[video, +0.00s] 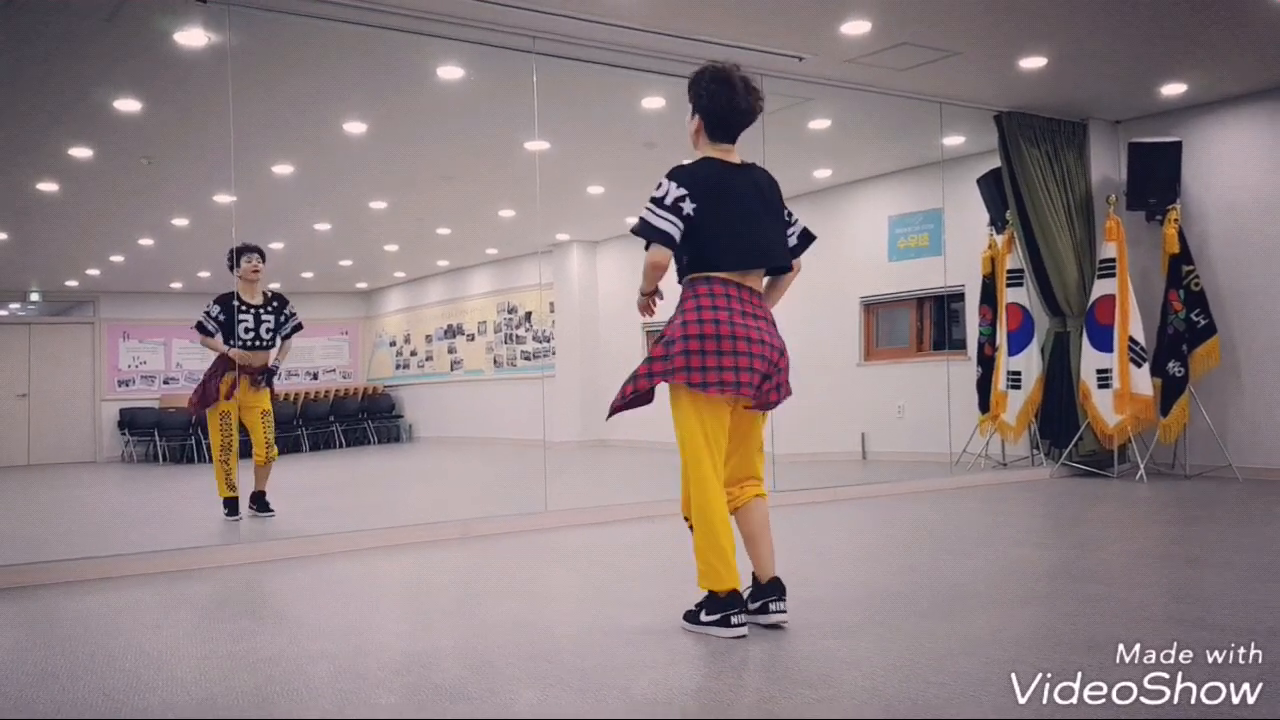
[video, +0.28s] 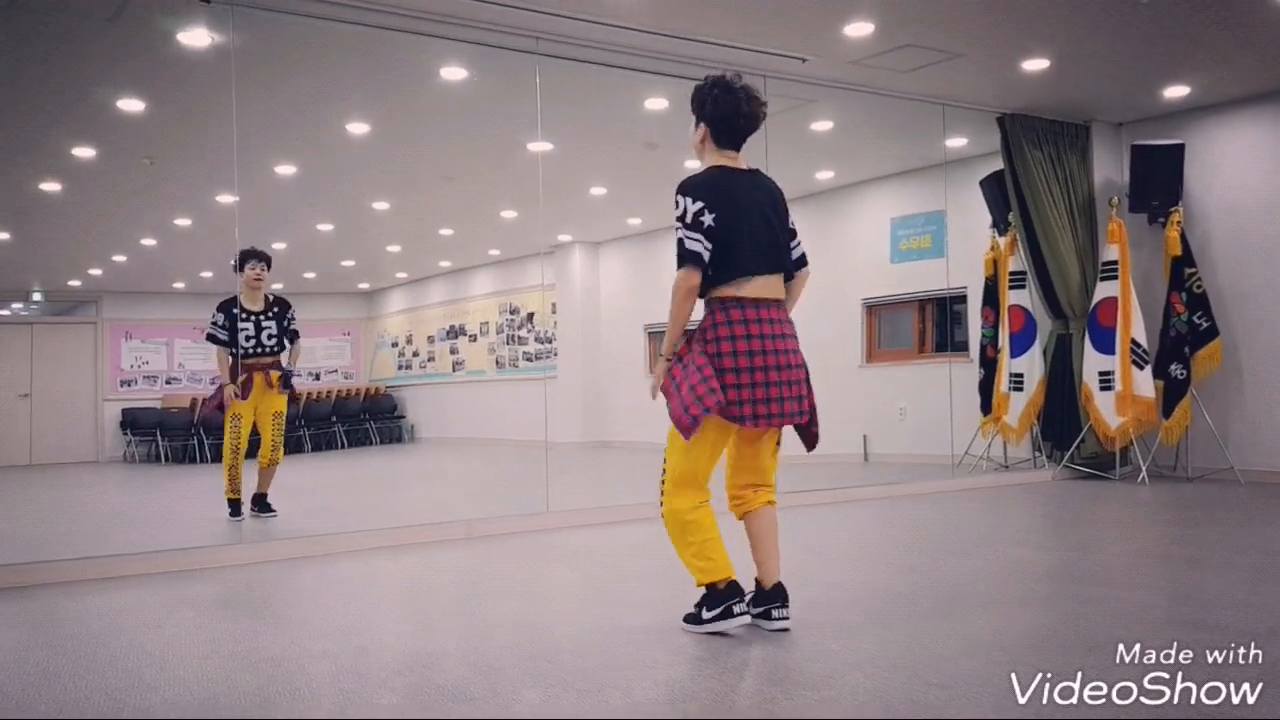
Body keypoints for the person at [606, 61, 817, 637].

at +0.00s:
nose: (687, 124)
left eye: (689, 115)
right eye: (693, 115)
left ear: (696, 122)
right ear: (744, 125)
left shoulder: (684, 179)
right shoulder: (765, 183)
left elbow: (658, 258)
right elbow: (792, 263)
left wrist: (647, 291)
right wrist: (756, 313)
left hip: (702, 320)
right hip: (756, 323)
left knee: (704, 472)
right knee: (744, 473)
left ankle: (722, 597)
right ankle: (768, 588)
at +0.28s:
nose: (691, 132)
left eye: (693, 124)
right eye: (693, 123)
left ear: (702, 130)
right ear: (749, 132)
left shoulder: (697, 188)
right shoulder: (769, 190)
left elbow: (690, 280)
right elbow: (800, 269)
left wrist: (668, 355)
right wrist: (770, 328)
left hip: (724, 340)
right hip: (775, 342)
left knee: (681, 486)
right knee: (754, 485)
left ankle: (719, 588)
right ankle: (771, 593)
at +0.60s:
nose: (692, 126)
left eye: (693, 118)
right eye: (696, 118)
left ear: (701, 122)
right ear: (747, 127)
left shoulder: (681, 174)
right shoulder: (772, 182)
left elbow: (671, 239)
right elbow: (807, 259)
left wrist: (685, 313)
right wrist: (778, 314)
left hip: (721, 332)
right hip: (784, 327)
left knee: (686, 477)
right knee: (784, 476)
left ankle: (708, 578)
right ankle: (775, 596)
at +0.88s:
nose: (687, 130)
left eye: (688, 123)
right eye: (689, 123)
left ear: (696, 125)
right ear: (744, 126)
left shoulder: (673, 182)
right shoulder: (770, 186)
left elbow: (654, 270)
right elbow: (782, 278)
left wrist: (648, 343)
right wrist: (762, 333)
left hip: (694, 334)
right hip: (760, 335)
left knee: (697, 478)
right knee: (757, 471)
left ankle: (709, 603)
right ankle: (761, 592)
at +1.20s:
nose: (686, 139)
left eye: (688, 130)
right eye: (691, 130)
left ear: (696, 137)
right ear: (741, 142)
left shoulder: (684, 189)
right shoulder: (759, 198)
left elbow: (645, 245)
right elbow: (786, 272)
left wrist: (645, 269)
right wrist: (752, 304)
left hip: (715, 341)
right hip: (775, 338)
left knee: (691, 488)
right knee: (778, 467)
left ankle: (709, 601)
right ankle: (792, 564)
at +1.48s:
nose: (730, 139)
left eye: (734, 130)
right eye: (734, 129)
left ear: (745, 138)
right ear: (781, 141)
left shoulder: (763, 197)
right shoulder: (791, 196)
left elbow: (760, 281)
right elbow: (803, 281)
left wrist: (697, 261)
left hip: (780, 343)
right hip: (812, 341)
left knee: (741, 471)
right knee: (819, 470)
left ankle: (726, 589)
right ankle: (863, 575)